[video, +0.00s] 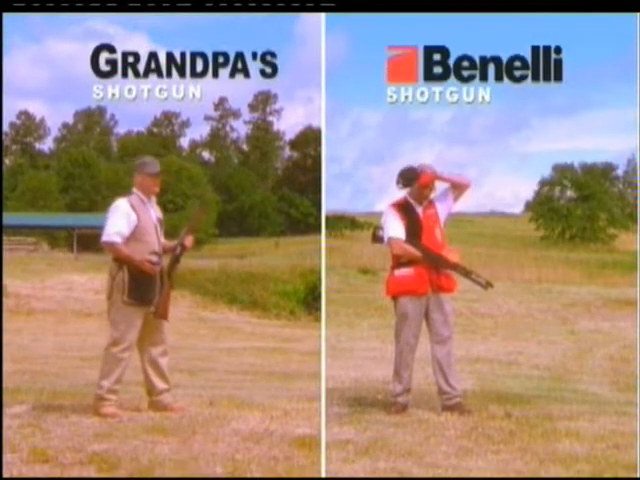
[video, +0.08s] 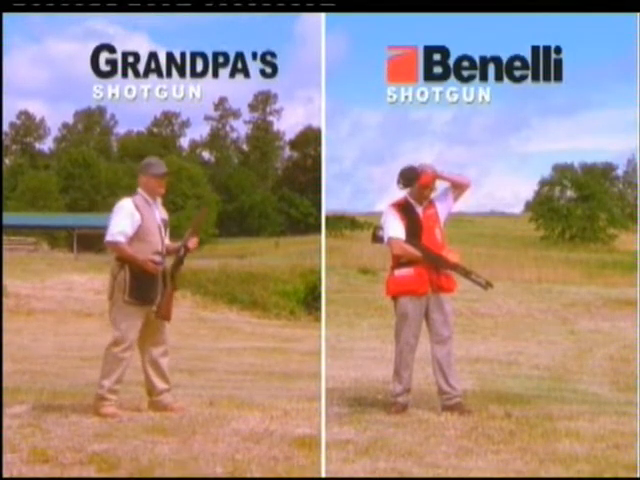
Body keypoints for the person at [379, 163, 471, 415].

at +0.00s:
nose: (428, 192)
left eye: (430, 188)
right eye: (424, 187)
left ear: (432, 187)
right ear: (411, 187)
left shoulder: (437, 207)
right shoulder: (395, 212)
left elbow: (463, 185)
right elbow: (398, 248)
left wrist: (437, 175)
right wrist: (435, 257)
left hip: (437, 281)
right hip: (409, 282)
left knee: (443, 340)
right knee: (406, 342)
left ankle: (451, 397)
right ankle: (400, 396)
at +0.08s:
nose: (428, 193)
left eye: (431, 188)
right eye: (424, 188)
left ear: (433, 187)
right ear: (411, 187)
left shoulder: (437, 207)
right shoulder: (395, 212)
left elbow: (463, 185)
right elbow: (397, 248)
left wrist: (438, 174)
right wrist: (435, 258)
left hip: (437, 281)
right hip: (409, 282)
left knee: (443, 340)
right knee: (406, 342)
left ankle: (451, 397)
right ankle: (400, 396)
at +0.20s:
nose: (430, 192)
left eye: (432, 188)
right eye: (426, 187)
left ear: (434, 186)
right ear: (413, 186)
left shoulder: (437, 207)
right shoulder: (394, 212)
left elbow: (463, 185)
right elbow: (397, 249)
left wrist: (439, 173)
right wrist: (434, 258)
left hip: (437, 281)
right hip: (409, 282)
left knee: (443, 340)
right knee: (406, 343)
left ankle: (451, 397)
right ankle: (401, 396)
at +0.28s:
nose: (432, 189)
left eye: (435, 185)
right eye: (428, 184)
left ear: (435, 185)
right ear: (416, 183)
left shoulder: (438, 206)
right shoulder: (395, 211)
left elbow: (463, 186)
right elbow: (397, 249)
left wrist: (439, 172)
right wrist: (432, 259)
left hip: (437, 280)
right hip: (409, 281)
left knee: (443, 340)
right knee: (406, 342)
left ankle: (451, 397)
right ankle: (401, 396)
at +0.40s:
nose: (434, 184)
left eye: (436, 178)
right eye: (429, 178)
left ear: (437, 181)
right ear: (415, 180)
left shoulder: (438, 207)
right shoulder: (395, 211)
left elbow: (464, 187)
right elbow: (396, 248)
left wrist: (442, 168)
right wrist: (432, 259)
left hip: (437, 279)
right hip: (409, 282)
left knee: (443, 341)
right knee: (406, 342)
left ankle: (451, 397)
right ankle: (401, 396)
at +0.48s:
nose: (432, 186)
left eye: (434, 182)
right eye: (427, 181)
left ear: (434, 184)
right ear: (414, 182)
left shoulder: (438, 208)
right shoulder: (395, 211)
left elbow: (466, 192)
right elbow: (397, 249)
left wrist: (445, 165)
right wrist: (432, 259)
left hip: (437, 280)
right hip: (409, 283)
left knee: (443, 341)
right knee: (406, 343)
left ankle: (451, 397)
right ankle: (401, 396)